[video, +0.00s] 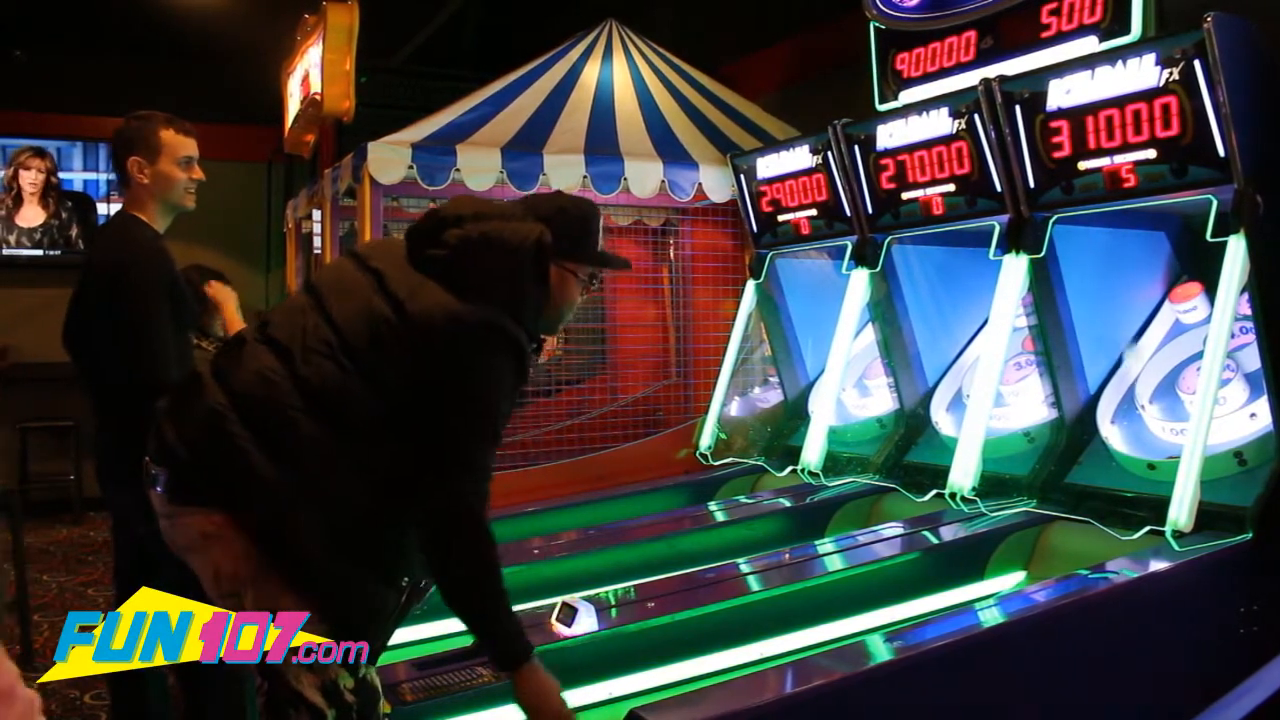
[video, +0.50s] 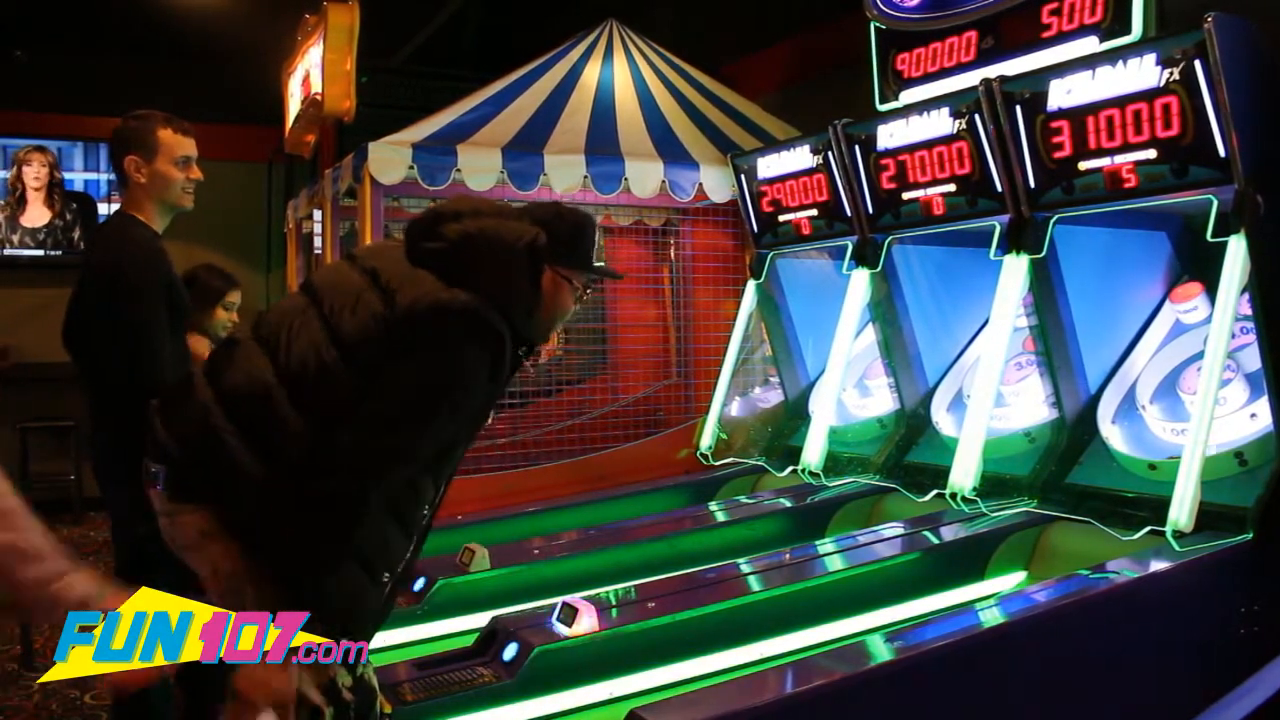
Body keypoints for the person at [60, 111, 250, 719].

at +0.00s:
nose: (199, 176)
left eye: (198, 164)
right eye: (186, 164)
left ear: (143, 174)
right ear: (140, 170)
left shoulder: (117, 243)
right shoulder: (139, 253)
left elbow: (75, 337)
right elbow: (169, 372)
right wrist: (229, 319)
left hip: (127, 454)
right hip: (149, 463)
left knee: (142, 596)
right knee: (171, 599)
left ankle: (138, 706)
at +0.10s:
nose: (197, 176)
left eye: (196, 164)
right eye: (185, 164)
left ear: (142, 173)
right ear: (139, 170)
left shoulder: (119, 242)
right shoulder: (137, 252)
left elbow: (79, 337)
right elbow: (163, 371)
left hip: (127, 453)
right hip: (146, 462)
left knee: (143, 594)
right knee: (167, 597)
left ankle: (139, 705)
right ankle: (159, 705)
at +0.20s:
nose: (196, 176)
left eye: (195, 163)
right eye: (183, 164)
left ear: (141, 172)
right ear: (137, 169)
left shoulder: (118, 241)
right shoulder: (137, 252)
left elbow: (79, 336)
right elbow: (163, 371)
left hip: (126, 451)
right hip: (145, 460)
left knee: (143, 591)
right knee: (166, 595)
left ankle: (139, 703)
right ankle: (156, 704)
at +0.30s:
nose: (196, 176)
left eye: (195, 163)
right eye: (183, 163)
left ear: (140, 173)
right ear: (137, 169)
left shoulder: (116, 242)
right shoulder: (138, 253)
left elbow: (79, 336)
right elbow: (162, 373)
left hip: (124, 450)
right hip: (145, 459)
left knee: (142, 591)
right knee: (167, 594)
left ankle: (139, 703)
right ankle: (158, 703)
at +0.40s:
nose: (196, 176)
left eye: (195, 164)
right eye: (183, 164)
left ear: (142, 174)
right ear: (136, 170)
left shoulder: (117, 241)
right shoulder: (136, 252)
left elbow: (78, 335)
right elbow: (162, 372)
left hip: (123, 445)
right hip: (142, 456)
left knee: (141, 580)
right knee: (166, 586)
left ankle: (141, 697)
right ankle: (158, 699)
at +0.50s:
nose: (196, 175)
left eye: (195, 163)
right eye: (183, 162)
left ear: (139, 171)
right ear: (136, 169)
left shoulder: (112, 240)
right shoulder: (138, 250)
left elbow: (77, 334)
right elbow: (163, 372)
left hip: (121, 448)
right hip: (146, 458)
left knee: (146, 583)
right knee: (168, 590)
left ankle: (144, 699)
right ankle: (167, 702)